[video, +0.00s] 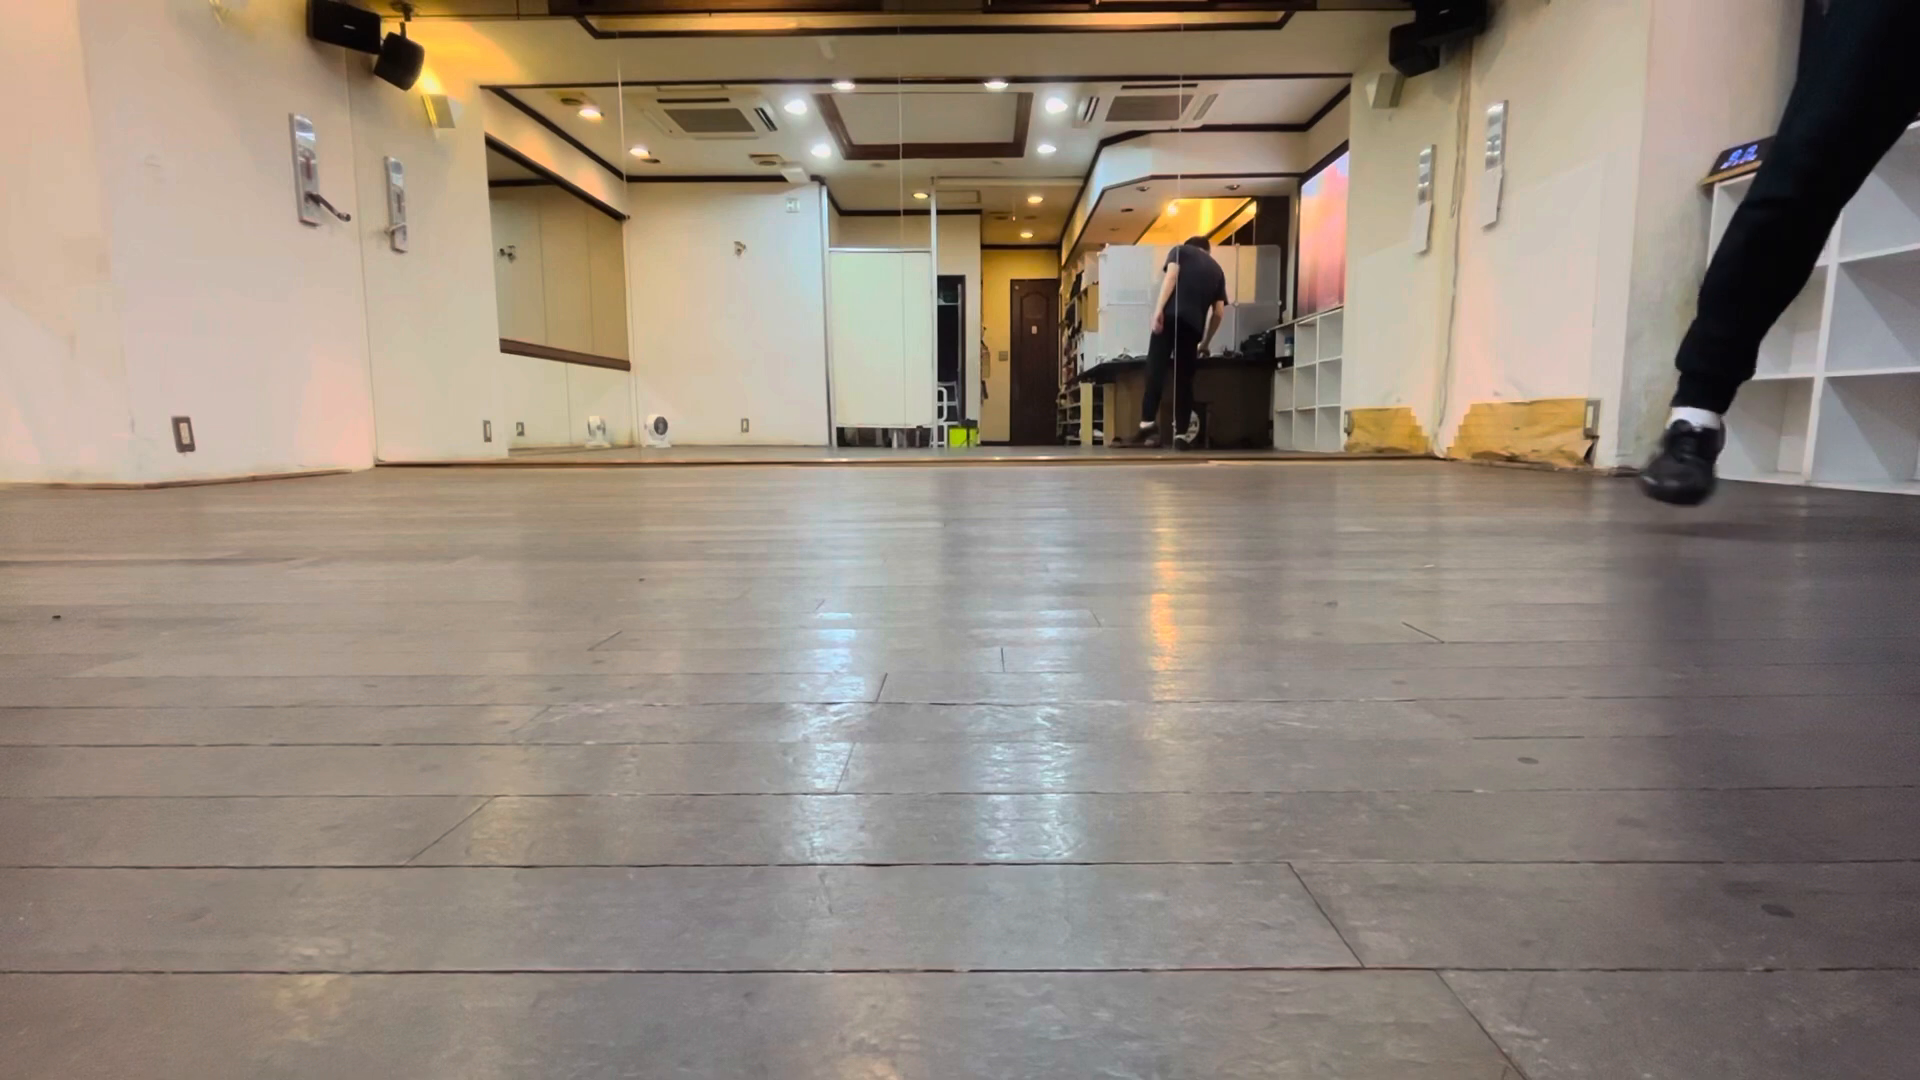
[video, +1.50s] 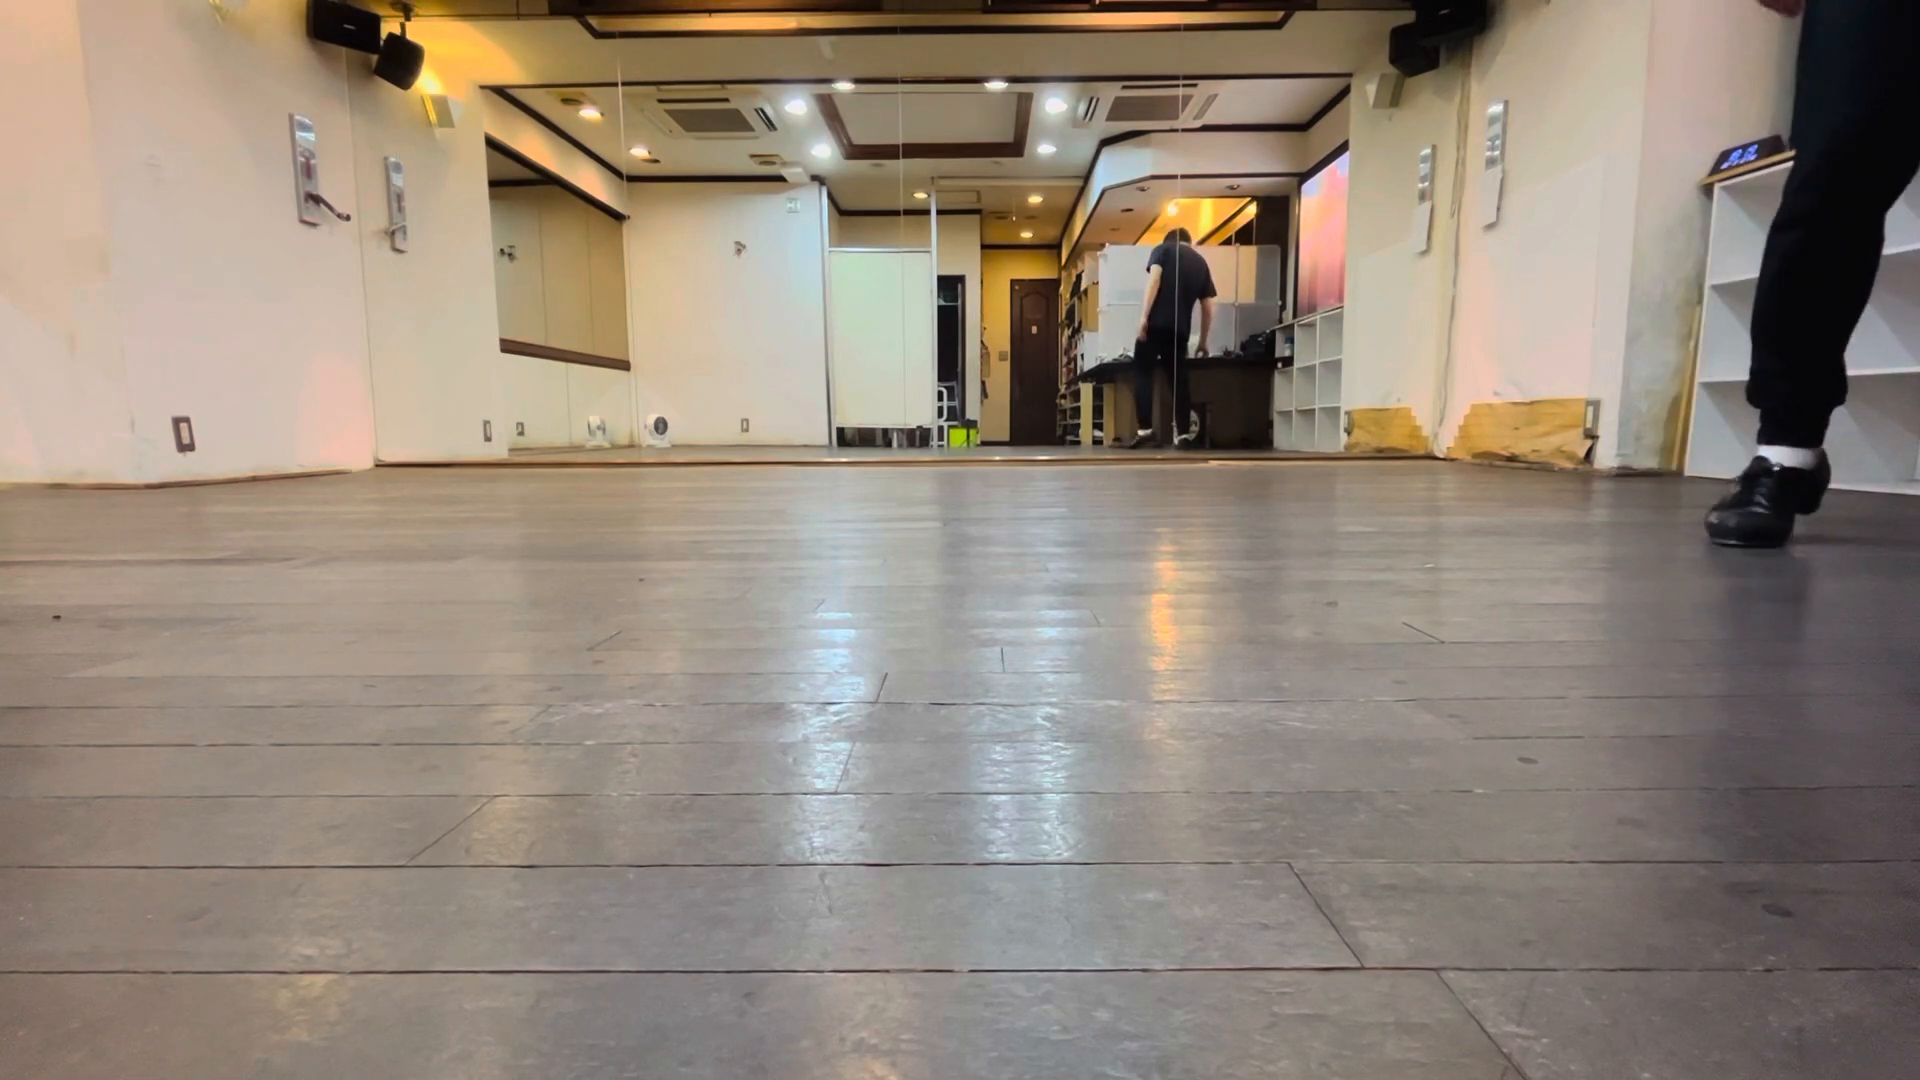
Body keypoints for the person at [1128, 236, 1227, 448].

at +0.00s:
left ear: (1188, 245)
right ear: (1207, 250)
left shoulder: (1180, 250)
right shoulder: (1217, 270)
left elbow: (1172, 275)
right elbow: (1218, 313)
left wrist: (1158, 310)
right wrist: (1206, 342)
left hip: (1169, 317)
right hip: (1192, 326)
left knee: (1155, 367)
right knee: (1185, 377)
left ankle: (1148, 420)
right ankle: (1181, 433)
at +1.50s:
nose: (1166, 244)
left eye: (1167, 241)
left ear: (1169, 240)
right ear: (1189, 242)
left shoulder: (1163, 249)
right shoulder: (1200, 261)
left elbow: (1154, 280)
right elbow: (1207, 307)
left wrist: (1144, 318)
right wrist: (1203, 340)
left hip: (1155, 327)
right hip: (1180, 330)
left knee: (1142, 373)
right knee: (1179, 378)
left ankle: (1144, 428)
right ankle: (1182, 432)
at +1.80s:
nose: (1143, 249)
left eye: (1143, 246)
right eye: (1143, 246)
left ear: (1147, 242)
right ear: (1165, 241)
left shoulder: (1150, 251)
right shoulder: (1184, 259)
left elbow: (1154, 279)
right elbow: (1195, 299)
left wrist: (1161, 315)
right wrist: (1188, 326)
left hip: (1149, 326)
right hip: (1177, 328)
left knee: (1136, 377)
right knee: (1177, 379)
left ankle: (1123, 431)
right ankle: (1182, 433)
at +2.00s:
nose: (1119, 251)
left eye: (1119, 247)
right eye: (1119, 247)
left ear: (1123, 243)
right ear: (1141, 240)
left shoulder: (1129, 255)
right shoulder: (1160, 256)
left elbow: (1139, 280)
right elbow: (1173, 292)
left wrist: (1151, 313)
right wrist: (1169, 319)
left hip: (1136, 327)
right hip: (1161, 328)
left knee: (1123, 376)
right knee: (1167, 378)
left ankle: (1117, 433)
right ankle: (1182, 429)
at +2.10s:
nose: (1108, 249)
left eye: (1107, 245)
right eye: (1107, 246)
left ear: (1110, 243)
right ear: (1130, 239)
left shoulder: (1116, 255)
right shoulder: (1149, 256)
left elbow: (1125, 282)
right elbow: (1164, 293)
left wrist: (1135, 317)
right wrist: (1160, 322)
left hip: (1127, 325)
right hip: (1152, 325)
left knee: (1115, 374)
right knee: (1156, 374)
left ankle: (1117, 434)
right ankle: (1172, 429)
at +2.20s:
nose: (1099, 249)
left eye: (1098, 245)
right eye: (1098, 246)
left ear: (1102, 242)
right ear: (1121, 238)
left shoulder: (1107, 256)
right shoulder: (1140, 257)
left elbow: (1110, 287)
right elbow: (1155, 292)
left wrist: (1111, 324)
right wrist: (1152, 327)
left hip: (1119, 326)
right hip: (1142, 326)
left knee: (1110, 376)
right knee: (1139, 372)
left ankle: (1116, 434)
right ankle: (1165, 420)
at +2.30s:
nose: (1091, 245)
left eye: (1091, 241)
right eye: (1091, 241)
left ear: (1094, 239)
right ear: (1112, 237)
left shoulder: (1098, 256)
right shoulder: (1132, 256)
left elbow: (1095, 293)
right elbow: (1146, 293)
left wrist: (1087, 331)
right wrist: (1145, 329)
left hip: (1110, 328)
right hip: (1132, 328)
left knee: (1108, 378)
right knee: (1126, 373)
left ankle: (1117, 434)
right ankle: (1139, 418)